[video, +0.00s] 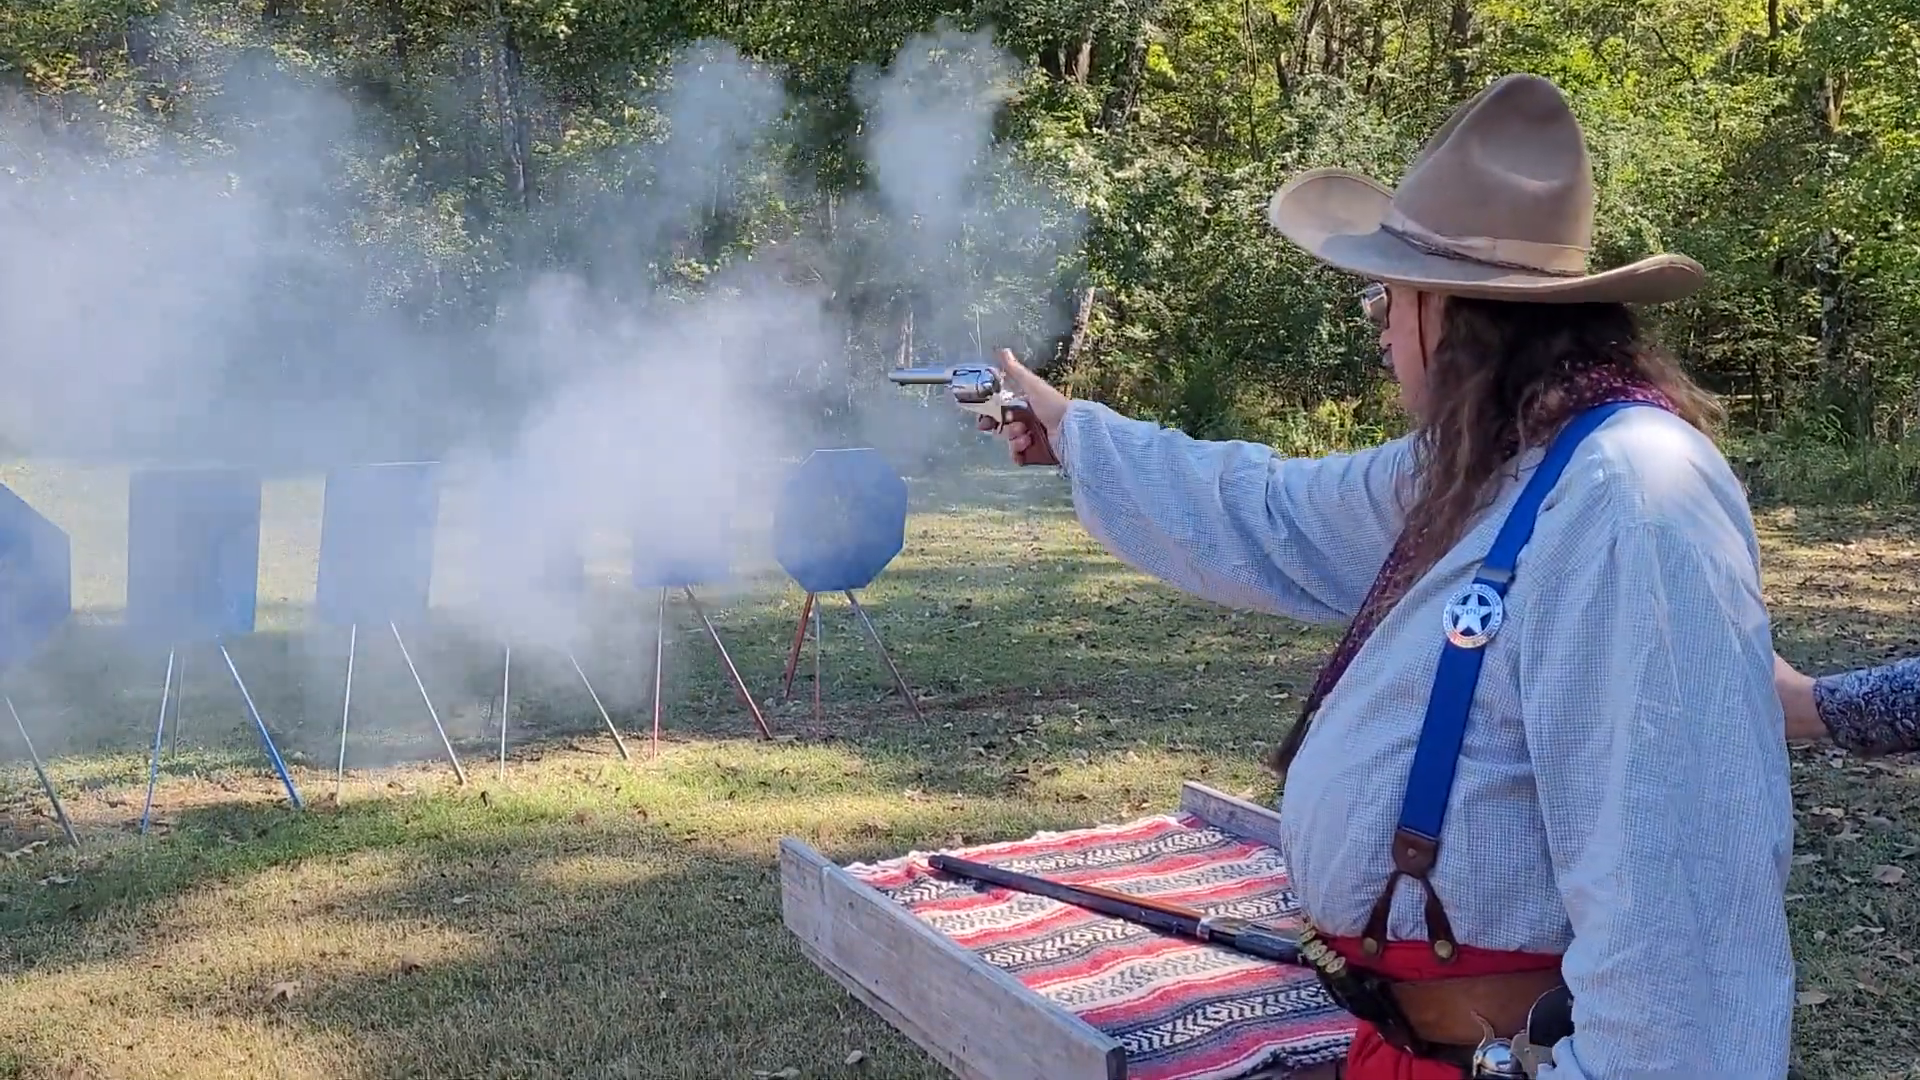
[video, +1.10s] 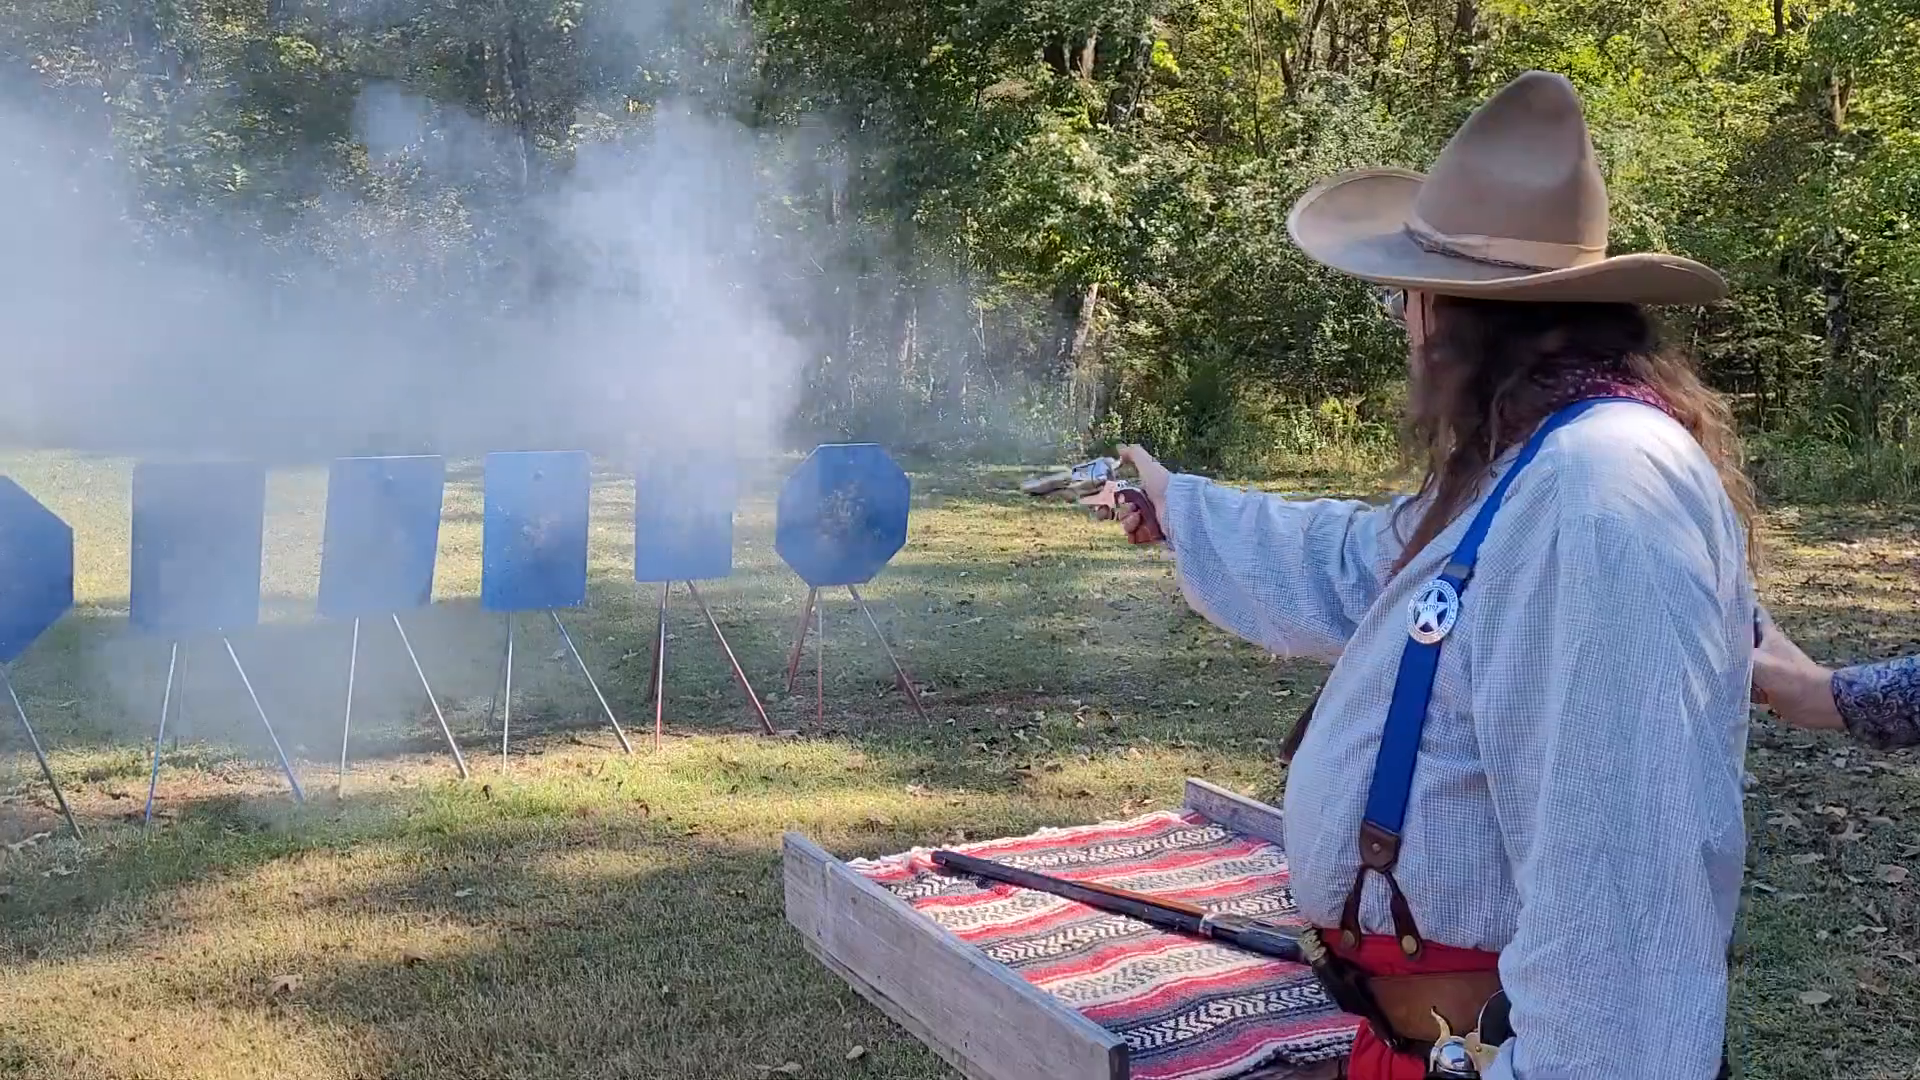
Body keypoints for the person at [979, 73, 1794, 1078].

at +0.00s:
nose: (1375, 319)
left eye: (1392, 291)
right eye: (1381, 290)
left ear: (1465, 313)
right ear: (1495, 315)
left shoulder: (1640, 494)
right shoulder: (1469, 464)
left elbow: (1680, 920)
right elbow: (1265, 509)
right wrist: (1067, 428)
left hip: (1502, 1037)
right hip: (1379, 992)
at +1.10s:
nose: (1403, 318)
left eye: (1412, 292)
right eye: (1407, 291)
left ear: (1461, 313)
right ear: (1540, 307)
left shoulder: (1602, 492)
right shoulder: (1512, 462)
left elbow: (1620, 910)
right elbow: (1351, 554)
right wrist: (1180, 509)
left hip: (1485, 1033)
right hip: (1410, 1006)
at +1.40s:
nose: (1404, 323)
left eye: (1415, 300)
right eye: (1406, 297)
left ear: (1451, 318)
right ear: (1554, 309)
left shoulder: (1562, 488)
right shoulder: (1530, 453)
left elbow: (1550, 886)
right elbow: (1388, 511)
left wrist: (1476, 1058)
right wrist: (1278, 448)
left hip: (1485, 1017)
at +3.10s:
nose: (1409, 335)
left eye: (1420, 309)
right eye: (1412, 306)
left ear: (1462, 323)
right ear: (1572, 310)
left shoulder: (1548, 478)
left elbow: (1596, 811)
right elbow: (1412, 507)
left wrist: (1437, 1047)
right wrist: (1306, 423)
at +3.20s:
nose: (1403, 334)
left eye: (1415, 308)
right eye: (1407, 306)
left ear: (1459, 320)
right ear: (1572, 307)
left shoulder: (1543, 465)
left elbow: (1672, 763)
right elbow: (1429, 519)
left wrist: (1467, 985)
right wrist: (1332, 457)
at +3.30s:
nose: (1388, 345)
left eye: (1395, 318)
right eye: (1389, 317)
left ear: (1435, 326)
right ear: (1564, 307)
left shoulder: (1523, 456)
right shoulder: (1597, 427)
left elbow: (1695, 719)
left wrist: (1489, 953)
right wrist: (1398, 513)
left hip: (1489, 1045)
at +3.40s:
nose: (1370, 364)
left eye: (1376, 334)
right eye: (1368, 333)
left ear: (1410, 336)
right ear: (1536, 309)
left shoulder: (1512, 461)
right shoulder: (1611, 437)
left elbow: (1694, 709)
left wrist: (1502, 941)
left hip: (1486, 1048)